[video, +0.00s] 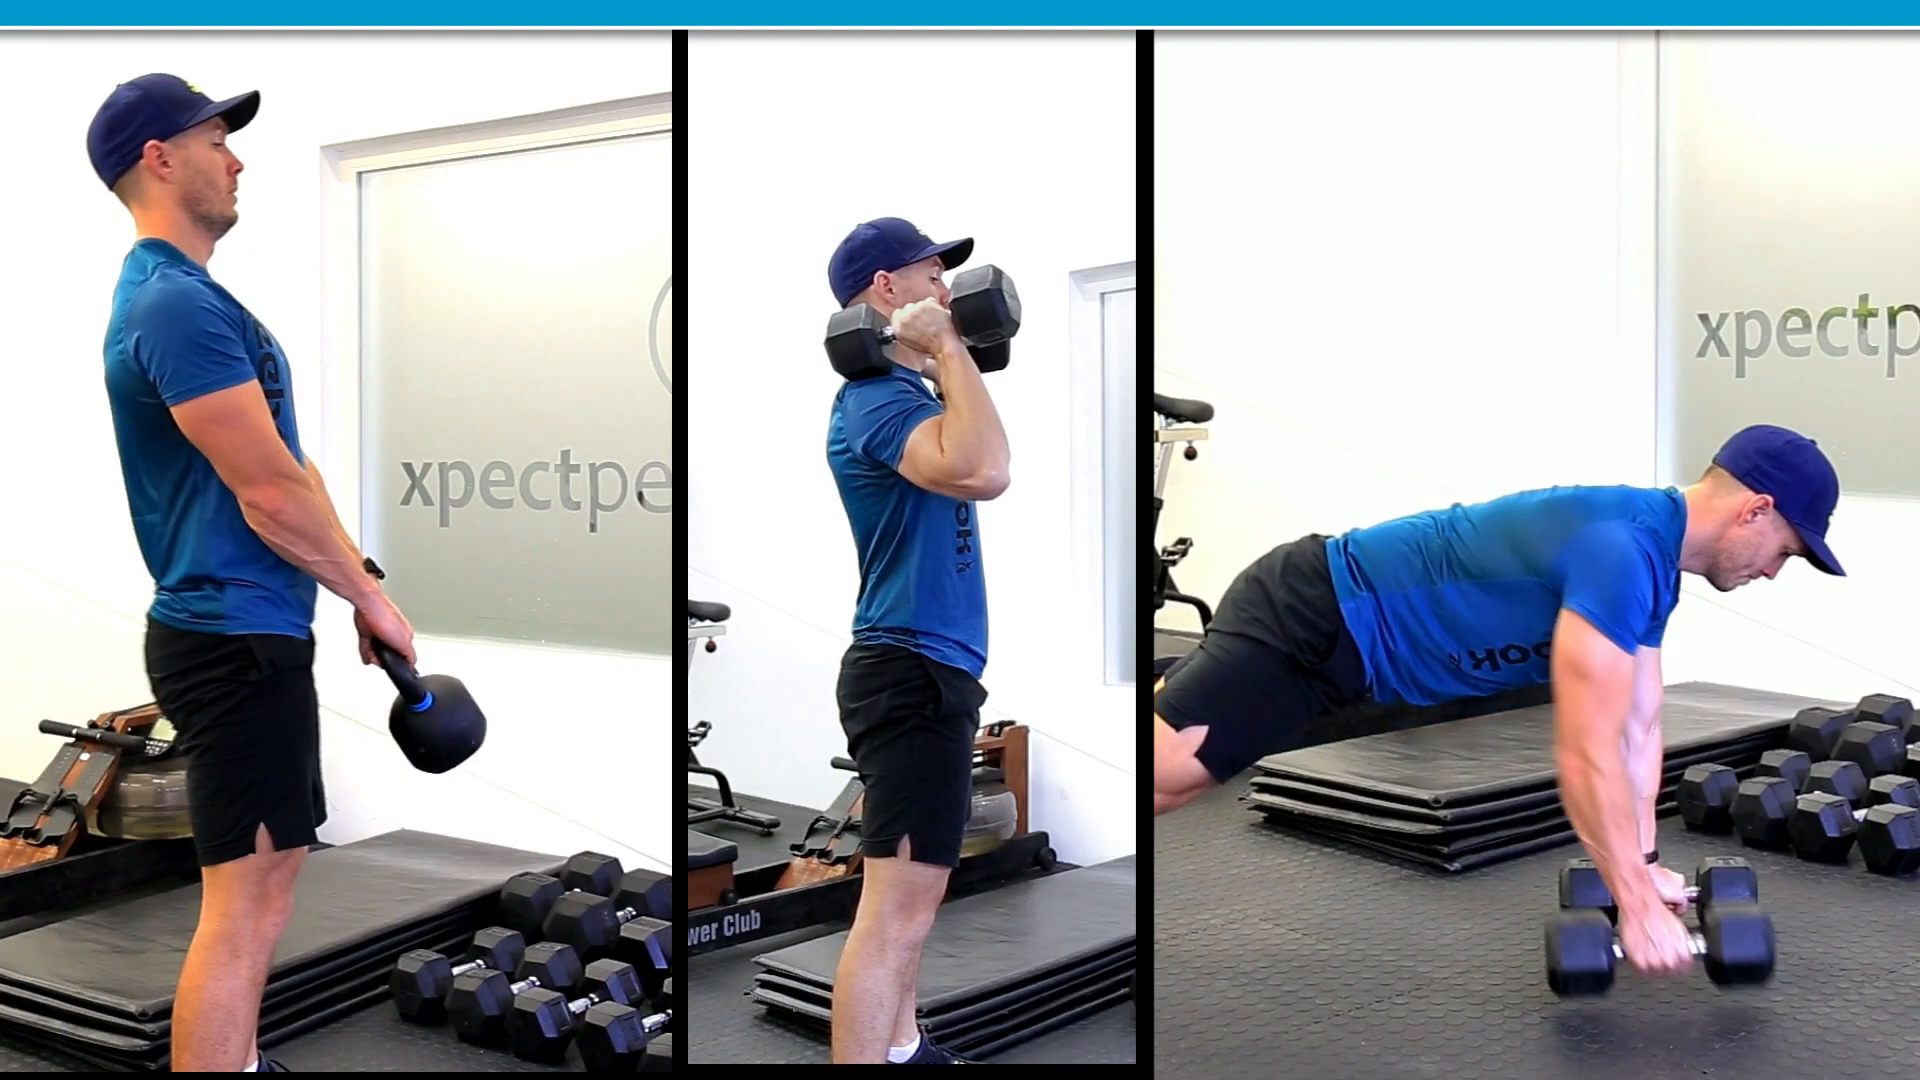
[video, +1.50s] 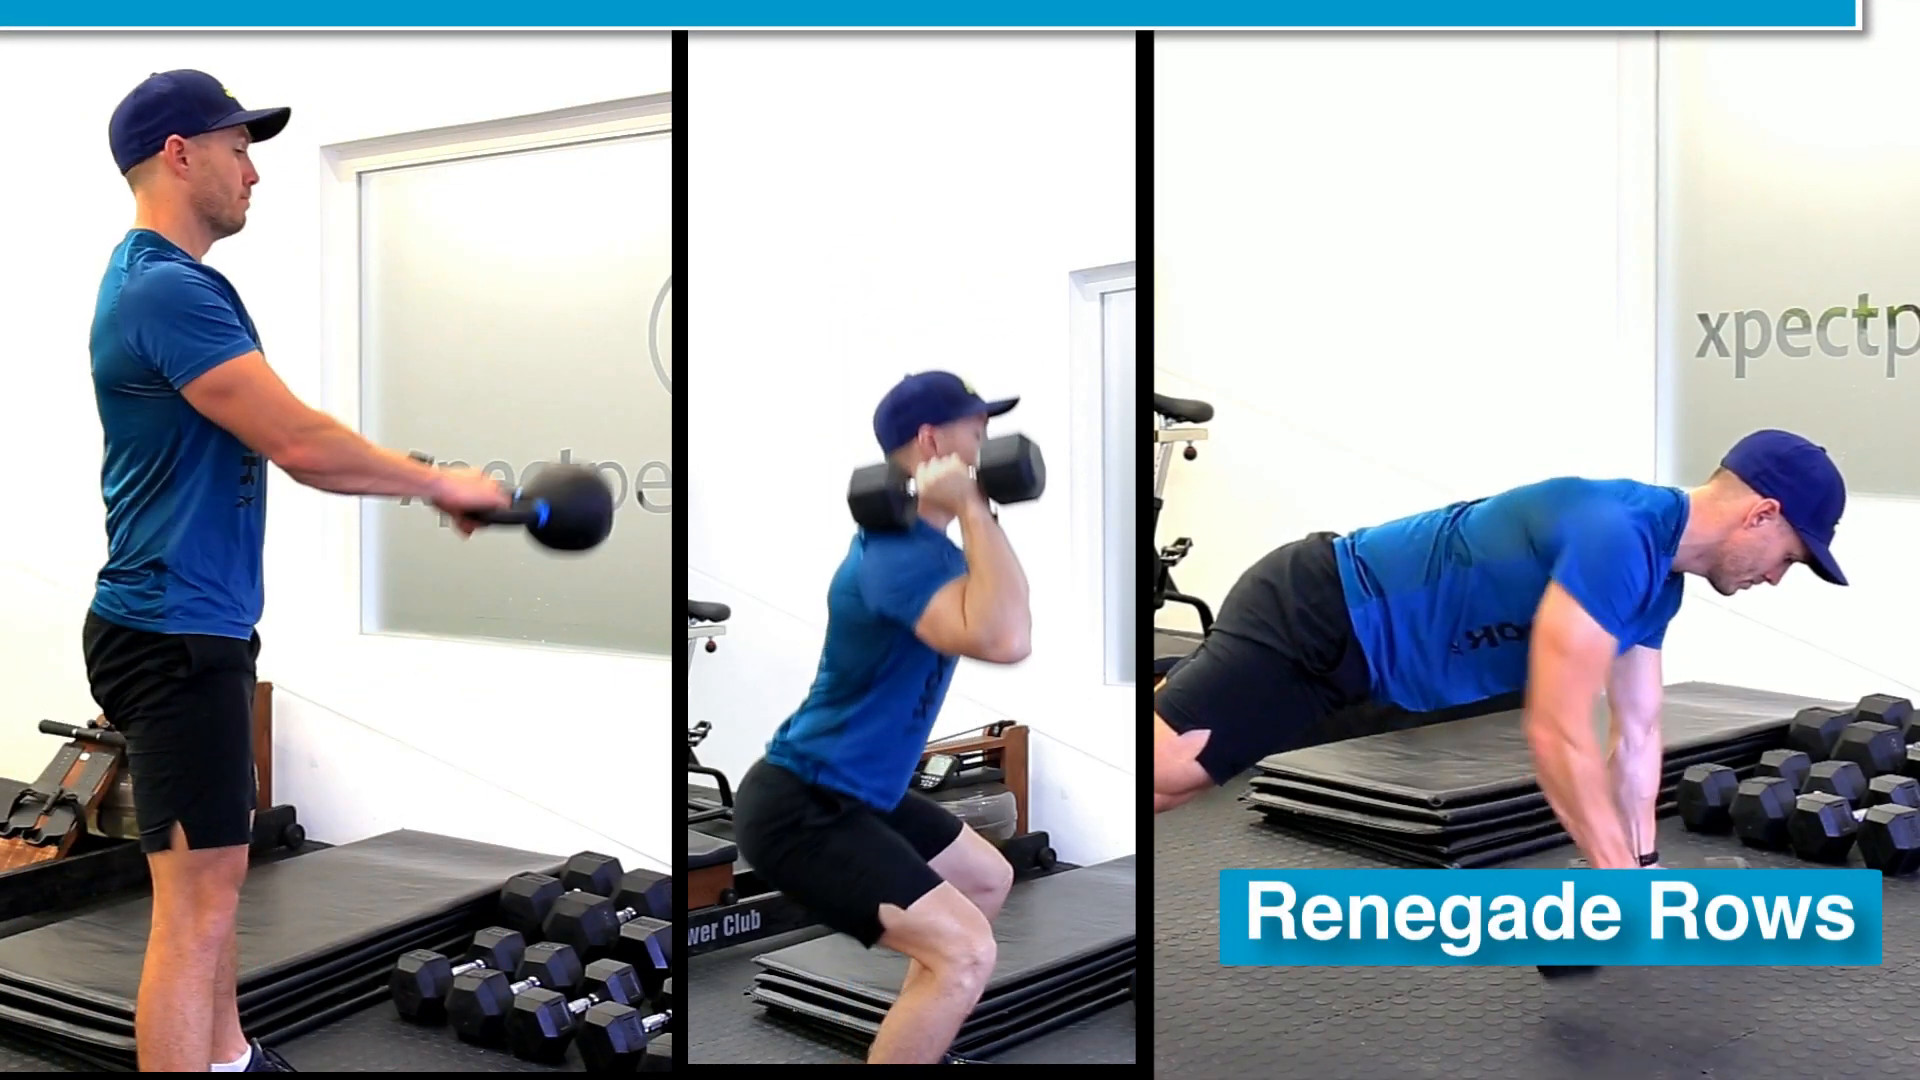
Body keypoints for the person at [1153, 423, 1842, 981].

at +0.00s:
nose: (1776, 573)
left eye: (1790, 561)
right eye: (1788, 552)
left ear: (1746, 510)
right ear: (1752, 510)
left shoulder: (1651, 560)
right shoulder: (1622, 546)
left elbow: (1638, 727)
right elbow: (1585, 750)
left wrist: (1641, 861)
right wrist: (1632, 900)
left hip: (1342, 641)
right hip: (1315, 615)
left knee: (1154, 764)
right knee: (1147, 777)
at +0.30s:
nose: (1782, 572)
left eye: (1796, 560)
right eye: (1794, 551)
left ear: (1749, 506)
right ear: (1758, 506)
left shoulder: (1658, 576)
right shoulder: (1620, 531)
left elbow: (1637, 730)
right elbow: (1482, 660)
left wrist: (1632, 847)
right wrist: (1575, 789)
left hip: (1355, 654)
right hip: (1327, 609)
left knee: (1170, 777)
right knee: (1160, 763)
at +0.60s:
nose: (1788, 574)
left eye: (1802, 562)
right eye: (1800, 553)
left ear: (1755, 508)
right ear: (1764, 509)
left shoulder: (1659, 586)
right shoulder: (1622, 527)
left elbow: (1638, 722)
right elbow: (1446, 575)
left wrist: (1639, 869)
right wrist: (1532, 697)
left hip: (1360, 670)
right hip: (1329, 622)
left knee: (1161, 766)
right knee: (1155, 782)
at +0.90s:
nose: (1784, 577)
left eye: (1799, 565)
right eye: (1797, 555)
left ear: (1754, 510)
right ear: (1762, 510)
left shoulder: (1657, 586)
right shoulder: (1618, 525)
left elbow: (1637, 723)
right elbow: (1444, 564)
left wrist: (1643, 871)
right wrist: (1532, 684)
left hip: (1362, 675)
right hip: (1328, 619)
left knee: (1161, 763)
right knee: (1161, 775)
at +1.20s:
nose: (1778, 576)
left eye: (1793, 565)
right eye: (1791, 555)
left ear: (1748, 508)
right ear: (1757, 509)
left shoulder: (1652, 577)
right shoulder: (1618, 524)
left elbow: (1636, 729)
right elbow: (1480, 658)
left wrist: (1627, 823)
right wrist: (1577, 788)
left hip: (1349, 655)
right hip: (1321, 612)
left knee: (1158, 773)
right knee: (1151, 766)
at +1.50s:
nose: (1780, 579)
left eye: (1794, 568)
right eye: (1792, 559)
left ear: (1751, 510)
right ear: (1759, 513)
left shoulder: (1656, 577)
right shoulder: (1617, 534)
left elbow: (1635, 731)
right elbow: (1552, 733)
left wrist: (1649, 880)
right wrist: (1619, 884)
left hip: (1348, 659)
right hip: (1320, 610)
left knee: (1162, 779)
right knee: (1154, 760)